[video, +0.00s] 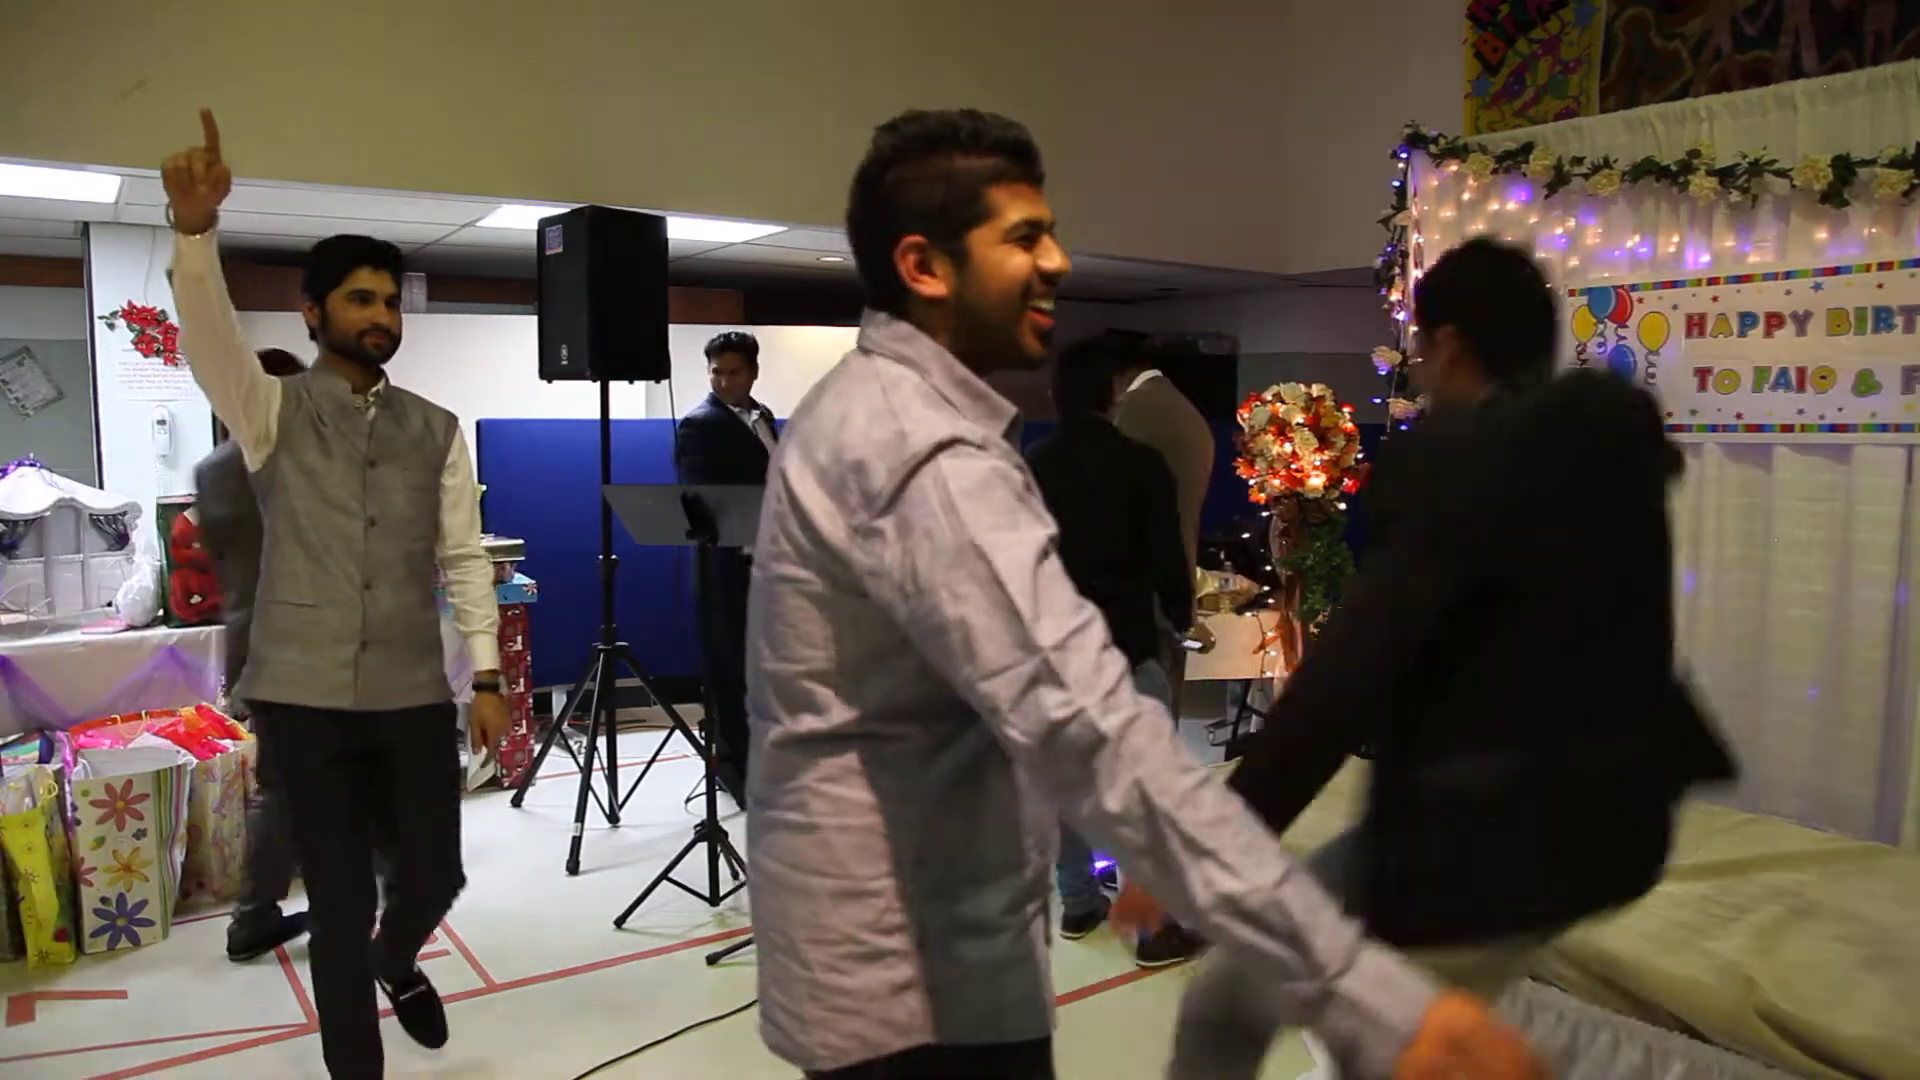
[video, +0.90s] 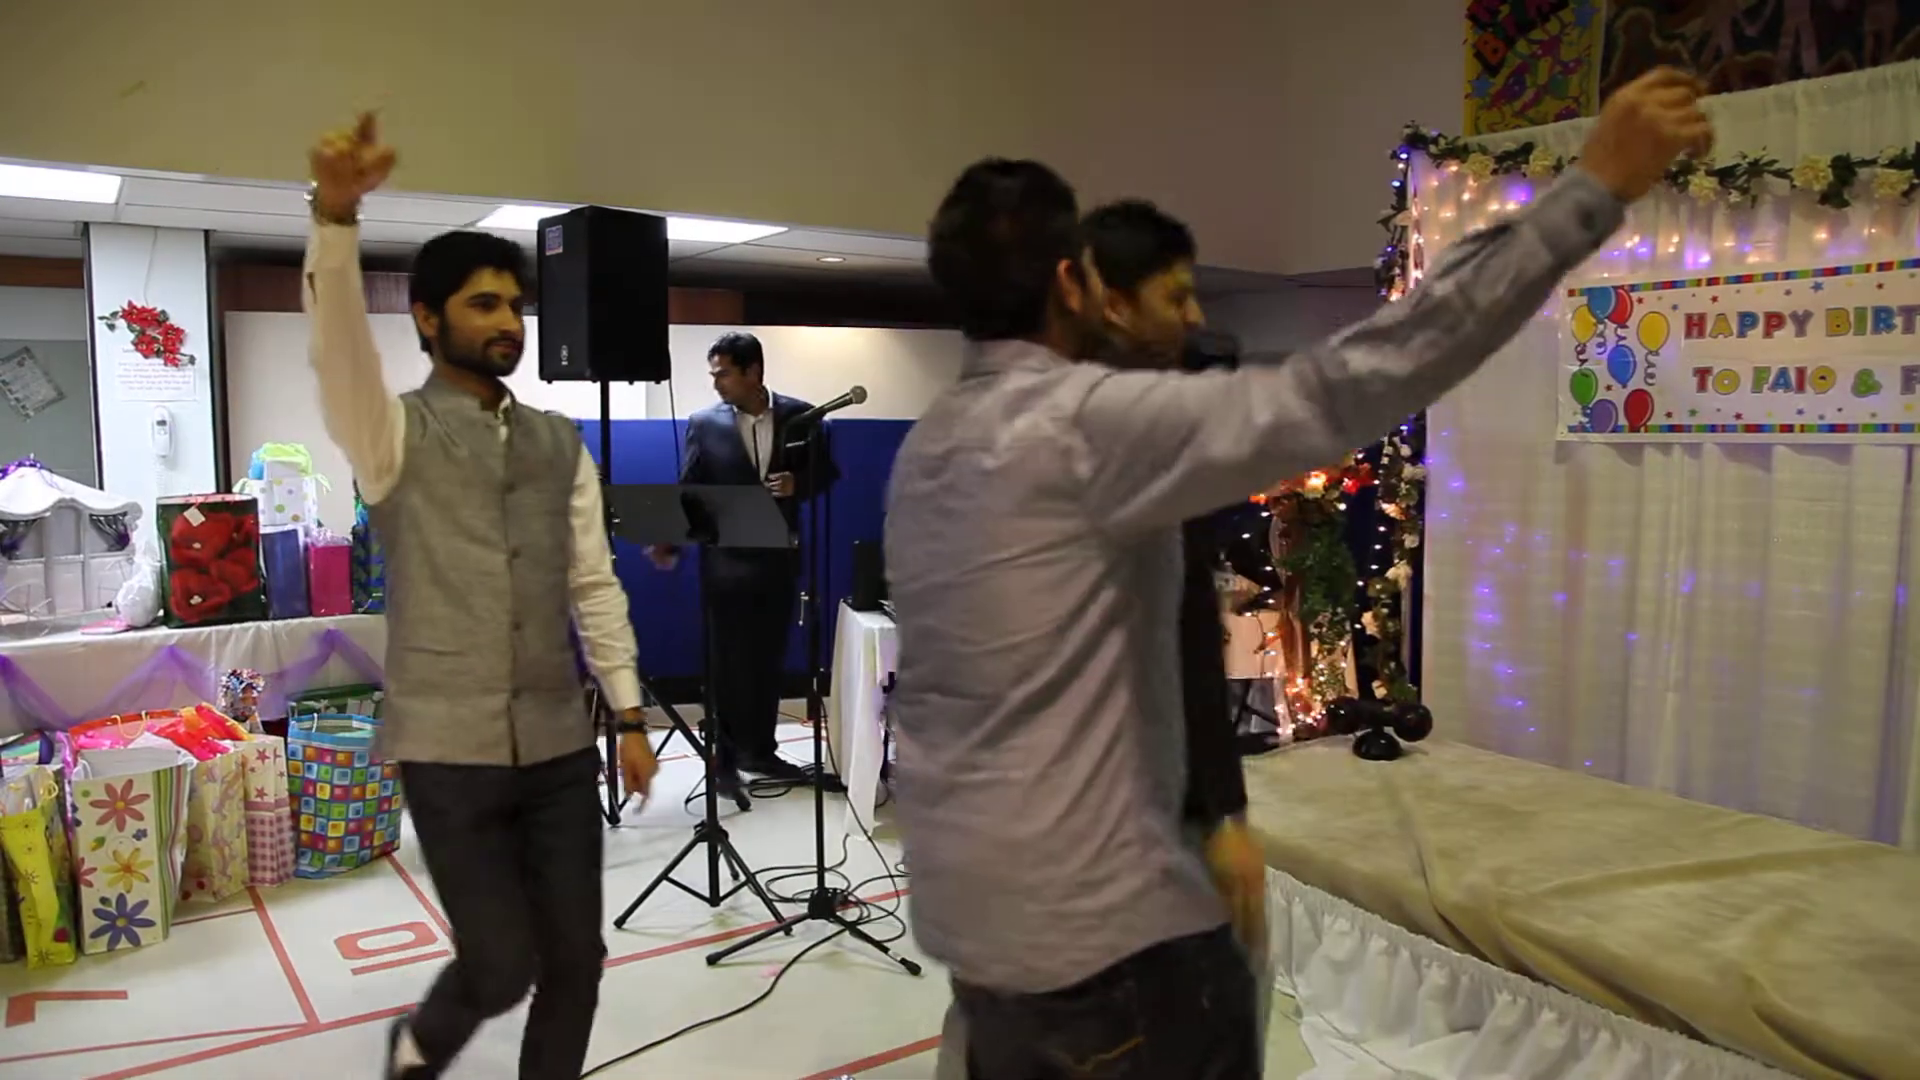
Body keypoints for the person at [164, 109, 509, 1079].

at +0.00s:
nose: (383, 316)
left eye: (393, 302)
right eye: (362, 298)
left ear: (404, 318)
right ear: (312, 312)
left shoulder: (437, 429)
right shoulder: (273, 409)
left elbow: (468, 559)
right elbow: (209, 336)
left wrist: (485, 676)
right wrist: (194, 229)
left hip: (413, 695)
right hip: (304, 695)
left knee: (436, 875)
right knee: (338, 905)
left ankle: (391, 961)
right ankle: (354, 1072)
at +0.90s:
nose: (504, 321)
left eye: (514, 305)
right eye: (481, 304)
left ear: (526, 320)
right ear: (428, 322)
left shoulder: (561, 443)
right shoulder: (395, 438)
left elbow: (594, 584)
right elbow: (339, 347)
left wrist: (628, 712)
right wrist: (334, 215)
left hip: (558, 740)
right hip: (446, 746)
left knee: (575, 961)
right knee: (503, 965)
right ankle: (418, 1051)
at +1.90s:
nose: (517, 267)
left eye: (525, 251)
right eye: (489, 248)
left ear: (537, 273)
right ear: (424, 269)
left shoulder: (577, 408)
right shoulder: (395, 396)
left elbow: (655, 524)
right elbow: (358, 274)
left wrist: (749, 632)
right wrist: (342, 89)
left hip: (570, 757)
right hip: (453, 763)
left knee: (538, 1027)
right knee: (480, 1039)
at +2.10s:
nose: (497, 255)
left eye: (504, 238)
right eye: (466, 236)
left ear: (511, 260)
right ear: (401, 257)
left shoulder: (533, 394)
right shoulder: (367, 389)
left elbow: (636, 451)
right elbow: (349, 256)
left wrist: (746, 486)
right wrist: (353, 70)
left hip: (547, 780)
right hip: (430, 794)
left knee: (580, 1035)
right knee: (492, 1060)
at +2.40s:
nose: (495, 268)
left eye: (501, 251)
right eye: (468, 246)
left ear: (510, 271)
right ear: (404, 268)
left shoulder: (503, 406)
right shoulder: (367, 419)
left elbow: (599, 384)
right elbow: (402, 265)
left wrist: (698, 310)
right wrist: (443, 49)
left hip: (541, 822)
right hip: (442, 846)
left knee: (640, 1052)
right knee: (511, 1075)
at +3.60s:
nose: (616, 262)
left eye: (608, 238)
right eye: (589, 239)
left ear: (582, 252)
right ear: (513, 256)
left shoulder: (587, 384)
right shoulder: (461, 418)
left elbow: (692, 322)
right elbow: (500, 249)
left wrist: (790, 207)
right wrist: (563, 29)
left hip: (635, 820)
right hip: (563, 849)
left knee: (686, 1063)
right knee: (661, 1070)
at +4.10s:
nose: (731, 218)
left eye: (723, 196)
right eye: (698, 201)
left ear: (688, 221)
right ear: (621, 217)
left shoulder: (717, 361)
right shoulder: (581, 396)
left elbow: (837, 297)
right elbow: (664, 197)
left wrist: (954, 187)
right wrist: (737, 1)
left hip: (739, 827)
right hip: (668, 850)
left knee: (709, 1065)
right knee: (757, 1069)